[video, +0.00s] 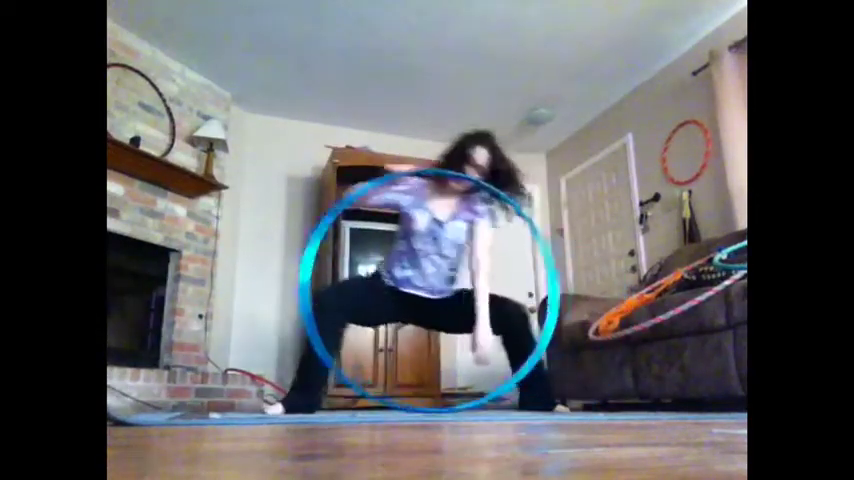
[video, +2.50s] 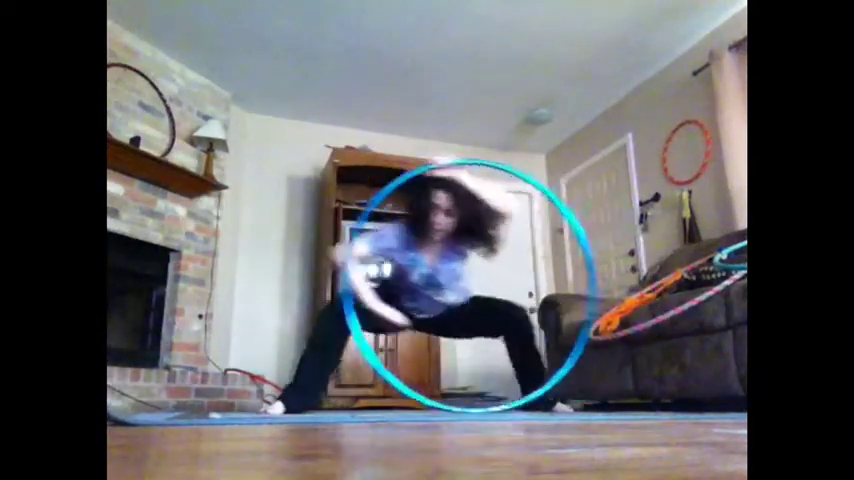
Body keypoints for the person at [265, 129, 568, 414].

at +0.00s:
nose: (470, 175)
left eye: (480, 171)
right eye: (467, 164)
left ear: (487, 177)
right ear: (453, 160)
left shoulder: (478, 210)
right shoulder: (414, 189)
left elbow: (480, 267)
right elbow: (355, 198)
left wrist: (480, 326)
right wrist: (383, 175)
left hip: (444, 303)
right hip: (391, 295)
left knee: (512, 315)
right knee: (331, 303)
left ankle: (540, 409)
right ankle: (300, 405)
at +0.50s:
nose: (351, 152)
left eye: (361, 147)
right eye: (345, 142)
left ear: (372, 157)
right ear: (330, 146)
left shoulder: (381, 196)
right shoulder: (306, 198)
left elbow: (437, 209)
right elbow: (249, 235)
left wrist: (487, 218)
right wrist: (219, 215)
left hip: (371, 309)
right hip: (318, 306)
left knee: (443, 349)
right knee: (253, 304)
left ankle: (538, 407)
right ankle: (296, 400)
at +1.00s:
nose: (321, 165)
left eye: (328, 156)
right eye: (312, 158)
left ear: (343, 159)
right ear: (302, 165)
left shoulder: (366, 186)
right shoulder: (302, 214)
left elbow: (387, 125)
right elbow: (274, 264)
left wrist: (342, 83)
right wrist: (257, 215)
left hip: (365, 314)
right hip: (319, 313)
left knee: (447, 346)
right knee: (263, 307)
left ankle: (538, 410)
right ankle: (290, 402)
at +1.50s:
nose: (413, 184)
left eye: (414, 176)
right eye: (405, 181)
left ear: (427, 174)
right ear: (396, 189)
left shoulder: (451, 192)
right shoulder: (400, 222)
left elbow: (486, 148)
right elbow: (439, 252)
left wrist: (439, 155)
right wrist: (456, 198)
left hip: (438, 308)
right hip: (390, 306)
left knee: (510, 316)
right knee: (336, 311)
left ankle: (533, 403)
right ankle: (290, 403)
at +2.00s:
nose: (523, 222)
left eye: (528, 213)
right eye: (513, 217)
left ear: (542, 214)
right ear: (503, 224)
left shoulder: (547, 240)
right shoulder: (498, 258)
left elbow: (604, 222)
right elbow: (536, 307)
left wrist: (575, 186)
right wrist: (594, 336)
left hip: (504, 331)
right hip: (455, 330)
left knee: (568, 326)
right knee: (385, 359)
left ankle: (534, 411)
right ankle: (294, 405)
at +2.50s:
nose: (439, 217)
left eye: (446, 211)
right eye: (433, 209)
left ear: (460, 215)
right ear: (420, 210)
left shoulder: (463, 246)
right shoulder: (399, 236)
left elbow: (506, 211)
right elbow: (345, 257)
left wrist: (462, 180)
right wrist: (377, 308)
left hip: (443, 312)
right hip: (393, 308)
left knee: (512, 317)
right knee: (338, 313)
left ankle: (540, 404)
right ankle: (295, 403)